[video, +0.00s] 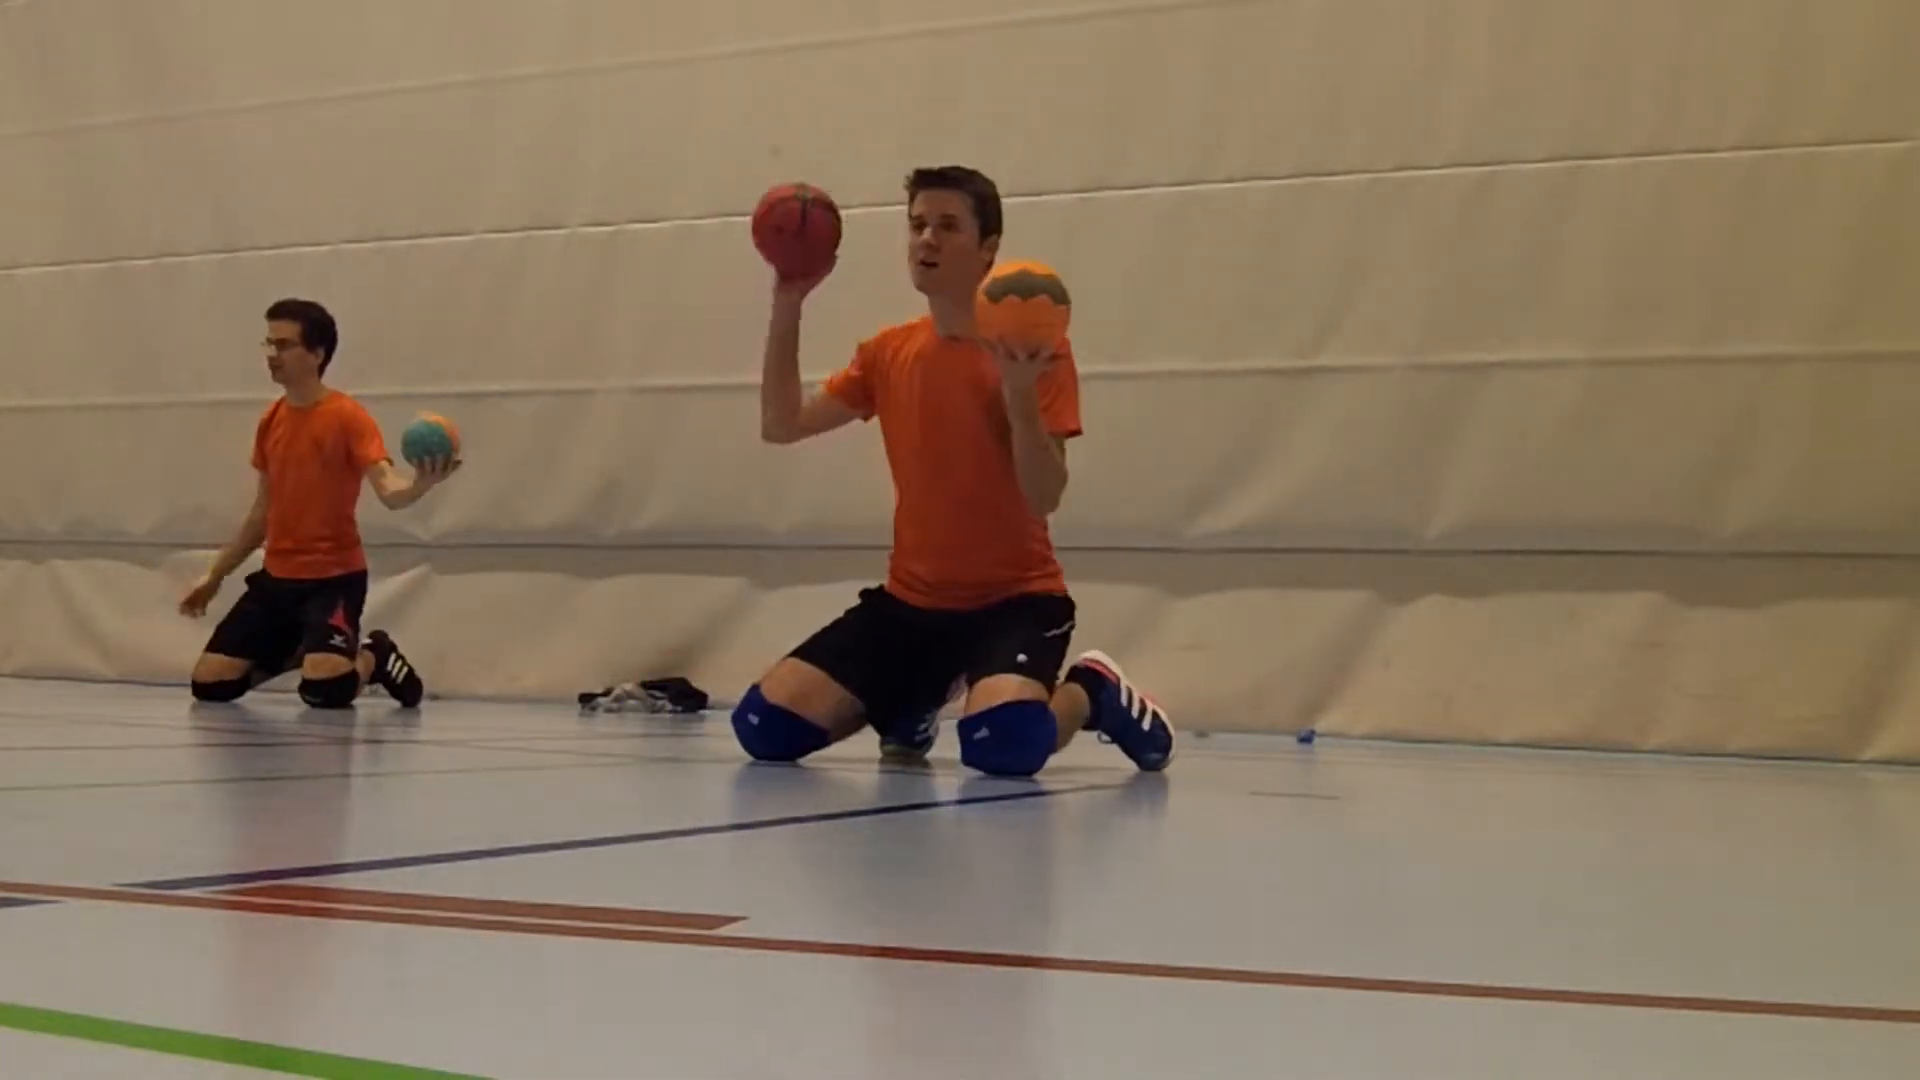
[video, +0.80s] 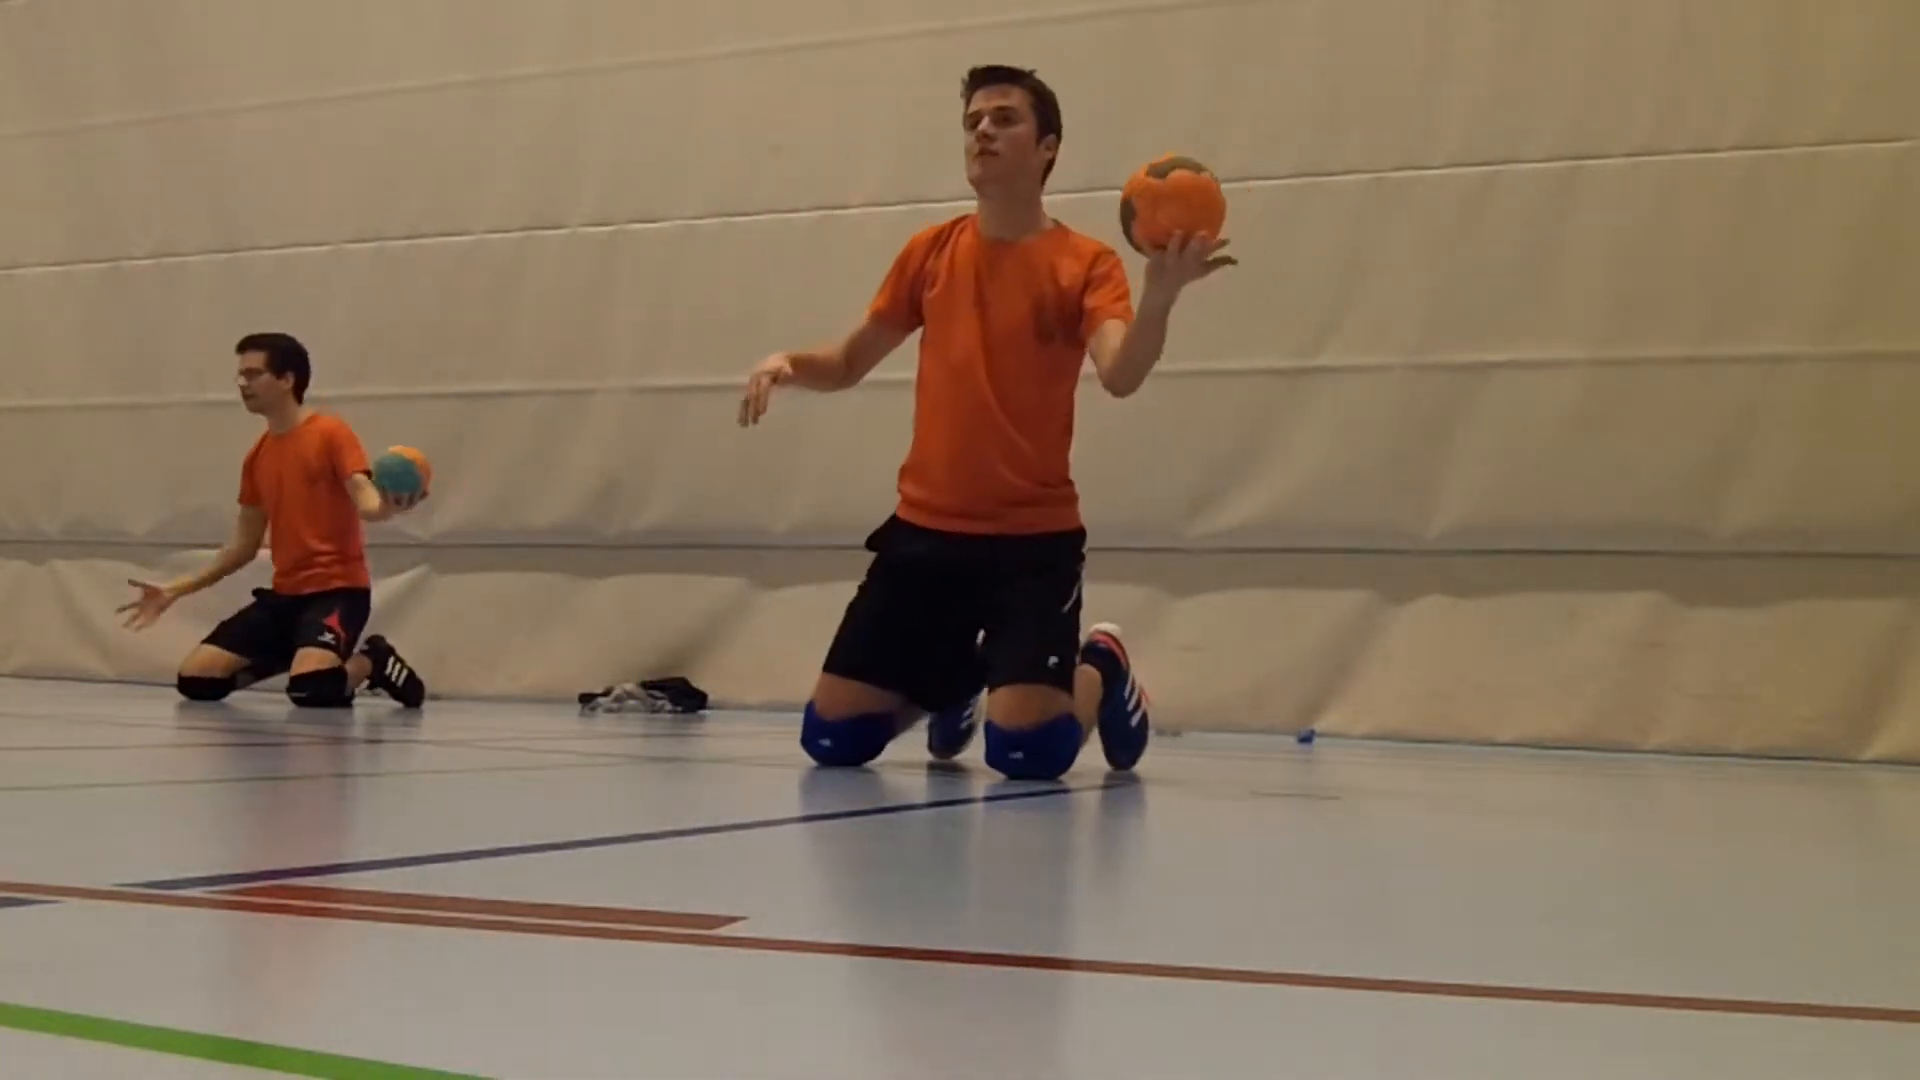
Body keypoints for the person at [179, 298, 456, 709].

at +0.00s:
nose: (270, 355)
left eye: (282, 345)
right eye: (268, 344)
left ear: (317, 354)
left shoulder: (348, 416)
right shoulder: (272, 421)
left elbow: (391, 493)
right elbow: (263, 513)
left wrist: (418, 486)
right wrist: (214, 577)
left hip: (334, 580)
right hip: (276, 580)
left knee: (323, 691)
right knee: (210, 684)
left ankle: (376, 657)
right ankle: (312, 649)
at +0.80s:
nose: (242, 384)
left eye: (252, 375)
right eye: (241, 375)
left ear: (287, 379)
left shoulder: (330, 433)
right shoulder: (258, 457)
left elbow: (366, 501)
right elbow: (243, 548)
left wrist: (390, 506)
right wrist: (172, 592)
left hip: (338, 593)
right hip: (285, 597)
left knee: (309, 690)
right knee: (196, 681)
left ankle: (374, 662)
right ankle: (304, 652)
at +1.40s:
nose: (232, 388)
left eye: (240, 375)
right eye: (233, 377)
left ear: (271, 377)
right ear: (264, 380)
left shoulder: (326, 430)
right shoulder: (261, 453)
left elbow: (348, 508)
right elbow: (284, 529)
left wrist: (310, 483)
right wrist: (240, 548)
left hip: (332, 591)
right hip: (280, 595)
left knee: (316, 688)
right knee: (190, 682)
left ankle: (393, 665)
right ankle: (297, 657)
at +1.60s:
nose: (276, 382)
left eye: (289, 375)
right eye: (276, 374)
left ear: (322, 387)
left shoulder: (354, 445)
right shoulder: (280, 452)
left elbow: (398, 519)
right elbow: (295, 526)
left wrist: (330, 527)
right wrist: (264, 541)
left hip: (355, 597)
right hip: (301, 597)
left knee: (319, 689)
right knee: (206, 682)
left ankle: (393, 659)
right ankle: (305, 659)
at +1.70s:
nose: (283, 393)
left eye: (294, 383)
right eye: (282, 383)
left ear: (329, 393)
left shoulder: (361, 451)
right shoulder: (291, 451)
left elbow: (413, 520)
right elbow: (315, 516)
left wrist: (341, 539)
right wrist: (284, 530)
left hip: (363, 596)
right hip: (310, 594)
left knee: (322, 689)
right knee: (217, 683)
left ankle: (396, 658)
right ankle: (311, 657)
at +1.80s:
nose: (286, 402)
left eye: (298, 393)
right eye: (286, 392)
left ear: (333, 401)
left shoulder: (363, 455)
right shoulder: (297, 448)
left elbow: (416, 525)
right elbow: (322, 484)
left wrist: (347, 546)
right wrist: (291, 494)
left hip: (369, 596)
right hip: (317, 591)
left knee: (324, 690)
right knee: (224, 684)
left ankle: (397, 657)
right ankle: (312, 659)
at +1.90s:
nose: (294, 412)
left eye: (306, 404)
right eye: (290, 401)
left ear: (337, 405)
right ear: (286, 396)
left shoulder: (366, 459)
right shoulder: (301, 444)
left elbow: (413, 533)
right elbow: (324, 482)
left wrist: (349, 555)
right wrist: (296, 492)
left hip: (371, 596)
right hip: (319, 589)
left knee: (323, 690)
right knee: (230, 684)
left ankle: (399, 657)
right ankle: (314, 661)